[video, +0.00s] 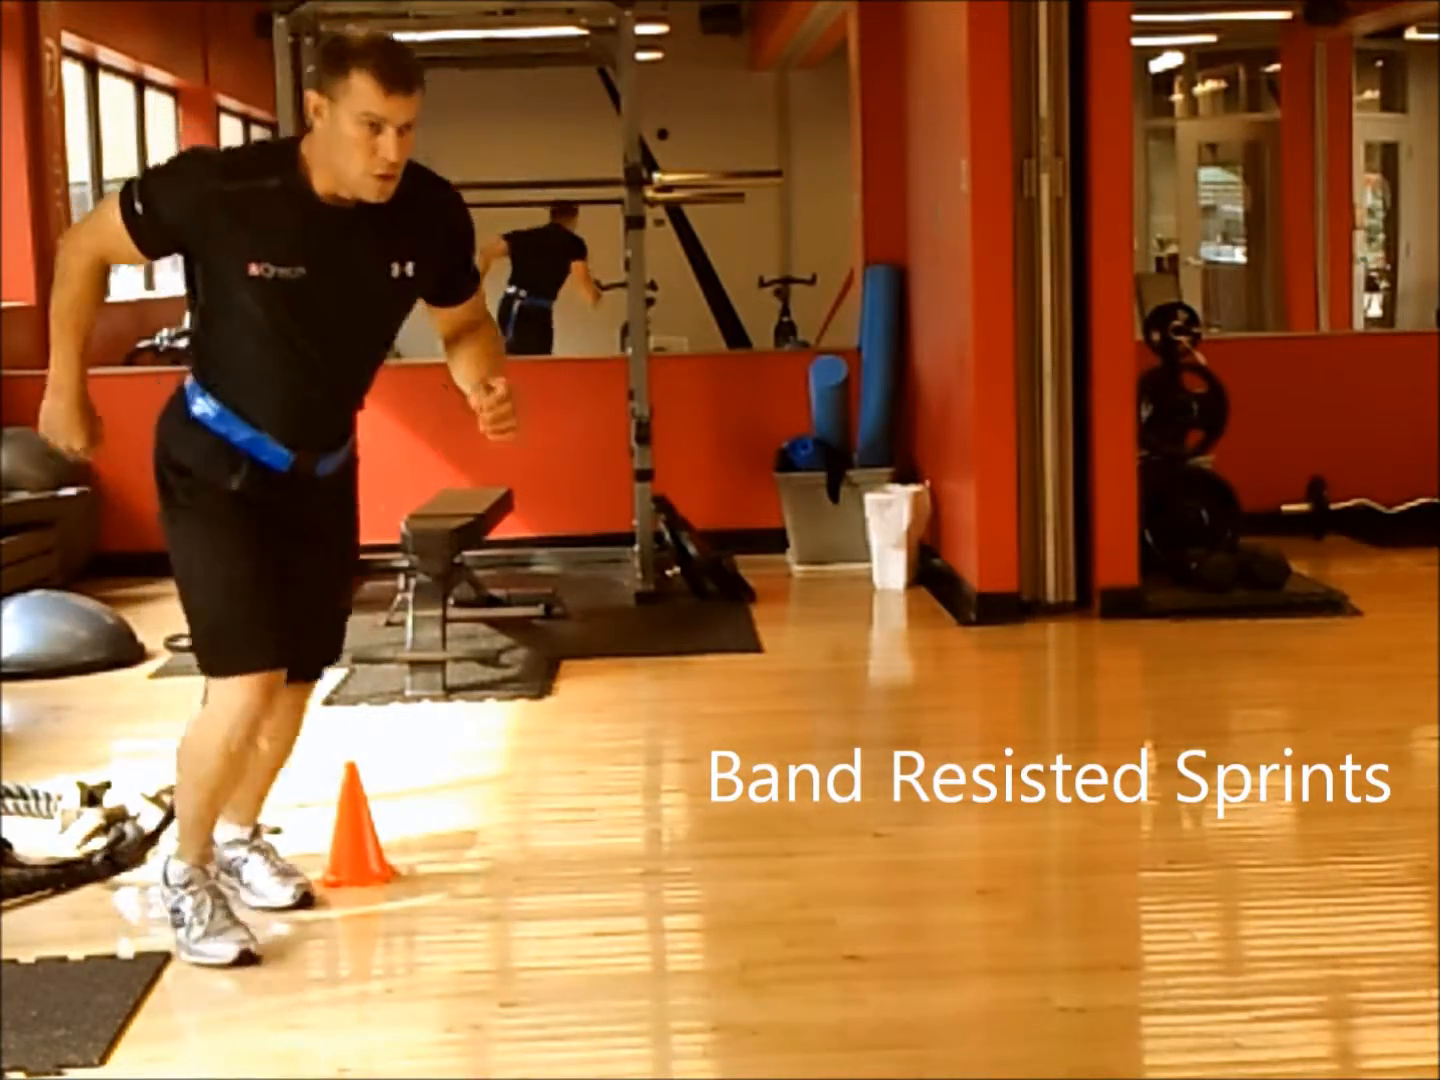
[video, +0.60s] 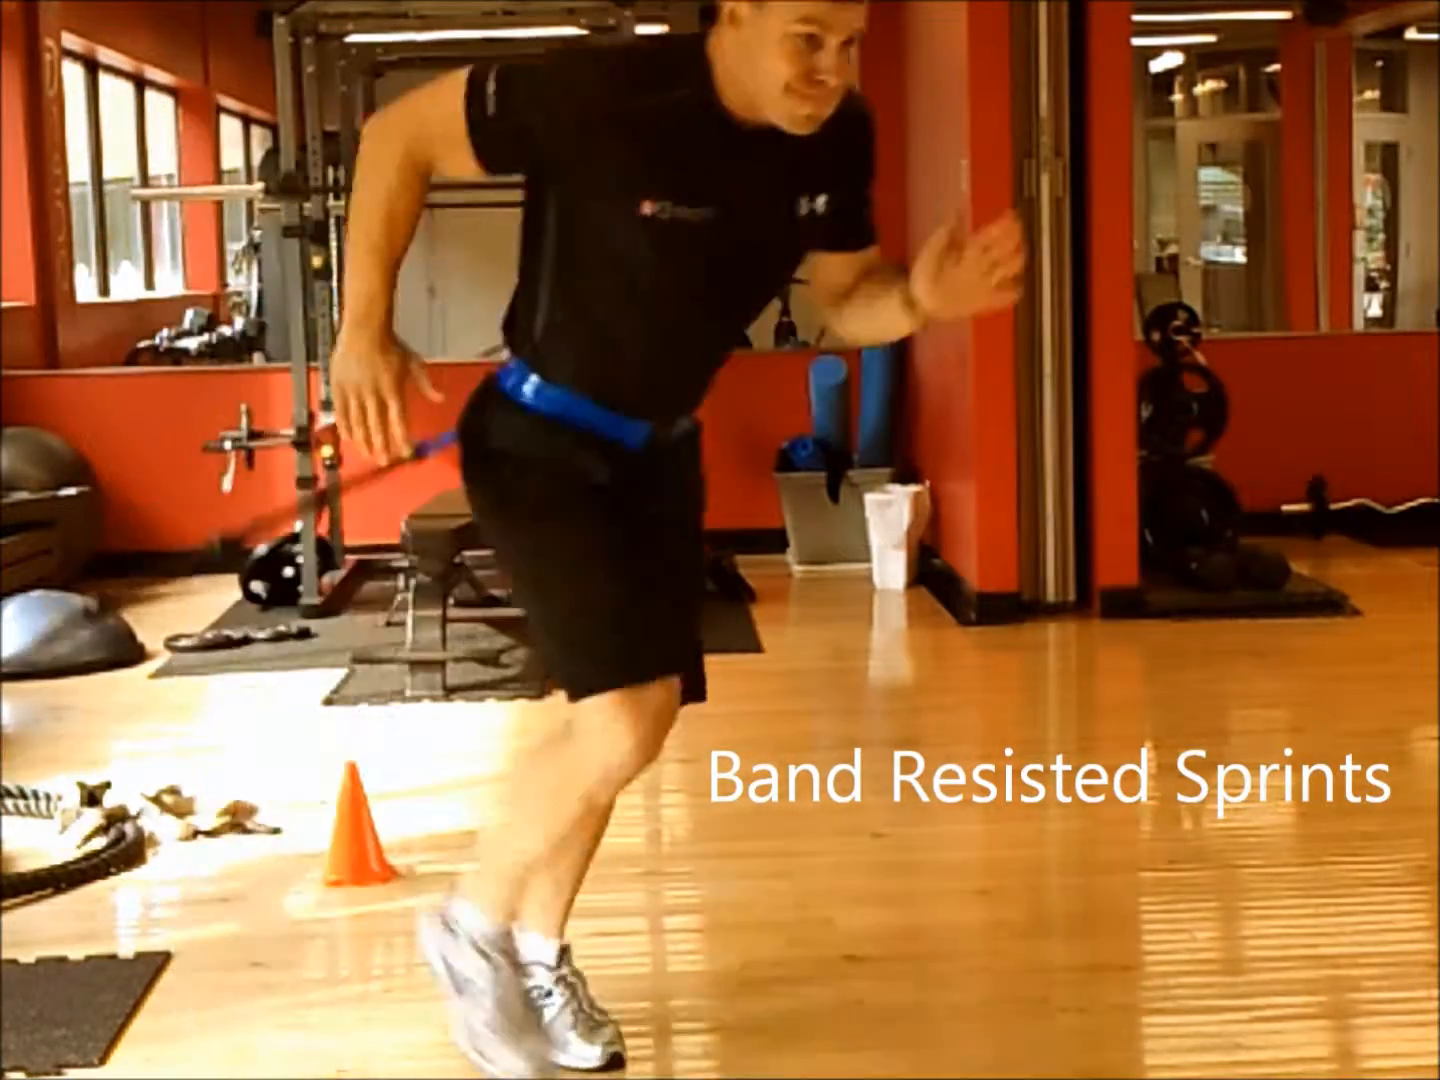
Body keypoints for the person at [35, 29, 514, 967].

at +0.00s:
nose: (394, 149)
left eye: (406, 128)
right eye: (373, 126)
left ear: (418, 125)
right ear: (318, 113)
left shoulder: (427, 214)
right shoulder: (216, 187)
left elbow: (467, 326)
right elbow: (83, 249)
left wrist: (485, 384)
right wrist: (65, 387)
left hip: (320, 473)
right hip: (216, 462)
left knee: (296, 678)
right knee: (246, 678)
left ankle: (236, 837)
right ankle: (183, 872)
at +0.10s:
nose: (419, 179)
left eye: (430, 155)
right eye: (397, 154)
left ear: (442, 150)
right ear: (336, 141)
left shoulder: (450, 239)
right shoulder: (237, 220)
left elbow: (470, 344)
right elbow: (108, 310)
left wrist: (482, 460)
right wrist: (136, 471)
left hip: (352, 499)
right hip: (236, 493)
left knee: (362, 718)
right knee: (251, 709)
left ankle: (259, 794)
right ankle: (187, 875)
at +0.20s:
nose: (460, 170)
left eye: (472, 146)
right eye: (437, 144)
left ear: (485, 143)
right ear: (374, 137)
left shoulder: (491, 226)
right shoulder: (284, 215)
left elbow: (493, 318)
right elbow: (197, 367)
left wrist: (477, 428)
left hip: (400, 493)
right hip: (272, 494)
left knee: (441, 709)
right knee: (245, 715)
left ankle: (350, 802)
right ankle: (191, 877)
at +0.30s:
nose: (560, 127)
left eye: (572, 105)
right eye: (538, 103)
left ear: (582, 101)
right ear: (469, 90)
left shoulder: (570, 184)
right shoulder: (372, 169)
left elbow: (541, 294)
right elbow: (289, 333)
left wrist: (523, 359)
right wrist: (453, 320)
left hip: (464, 467)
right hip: (332, 468)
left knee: (515, 668)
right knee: (280, 672)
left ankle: (482, 914)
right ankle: (205, 850)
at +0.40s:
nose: (660, 133)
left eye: (677, 111)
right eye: (637, 105)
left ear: (688, 108)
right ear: (570, 86)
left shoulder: (659, 186)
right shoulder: (457, 164)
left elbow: (603, 295)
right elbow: (339, 317)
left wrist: (606, 387)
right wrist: (505, 409)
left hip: (536, 474)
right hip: (403, 469)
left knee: (590, 709)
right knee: (374, 730)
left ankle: (535, 971)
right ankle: (234, 763)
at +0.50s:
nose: (746, 120)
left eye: (764, 95)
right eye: (726, 90)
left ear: (776, 88)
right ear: (651, 63)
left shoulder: (744, 192)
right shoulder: (525, 157)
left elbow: (737, 332)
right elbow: (371, 275)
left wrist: (755, 435)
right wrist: (368, 457)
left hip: (611, 488)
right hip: (482, 486)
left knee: (616, 742)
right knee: (500, 771)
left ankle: (534, 972)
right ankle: (327, 741)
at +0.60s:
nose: (836, 72)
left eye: (852, 45)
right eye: (810, 40)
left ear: (863, 38)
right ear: (732, 19)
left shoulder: (834, 130)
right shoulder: (603, 91)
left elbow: (835, 301)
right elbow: (398, 134)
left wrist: (919, 296)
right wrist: (363, 324)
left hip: (658, 447)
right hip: (542, 434)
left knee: (632, 711)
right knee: (629, 707)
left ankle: (534, 950)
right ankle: (470, 927)